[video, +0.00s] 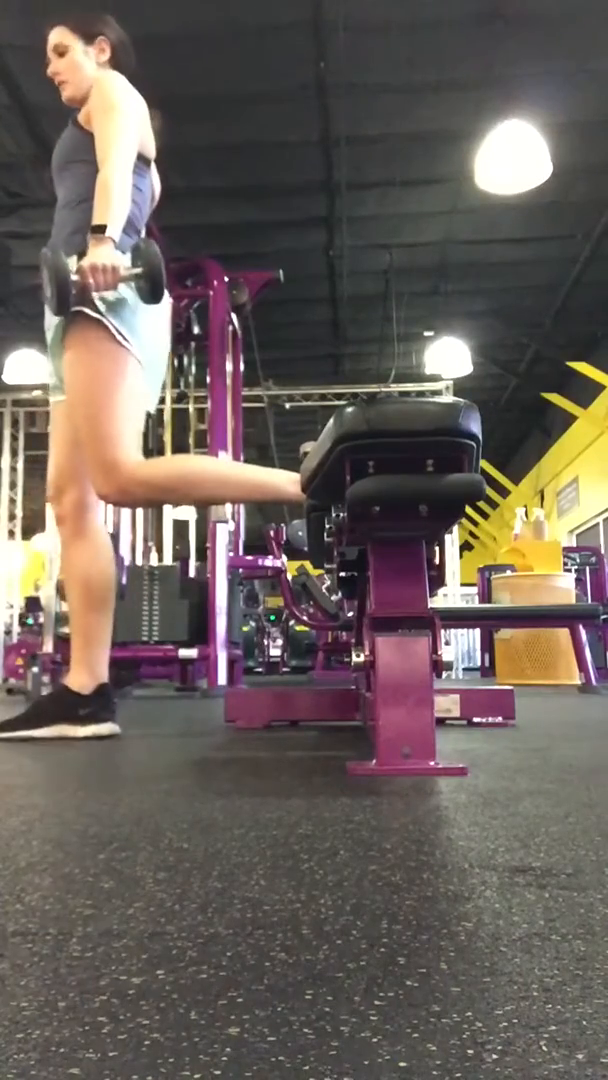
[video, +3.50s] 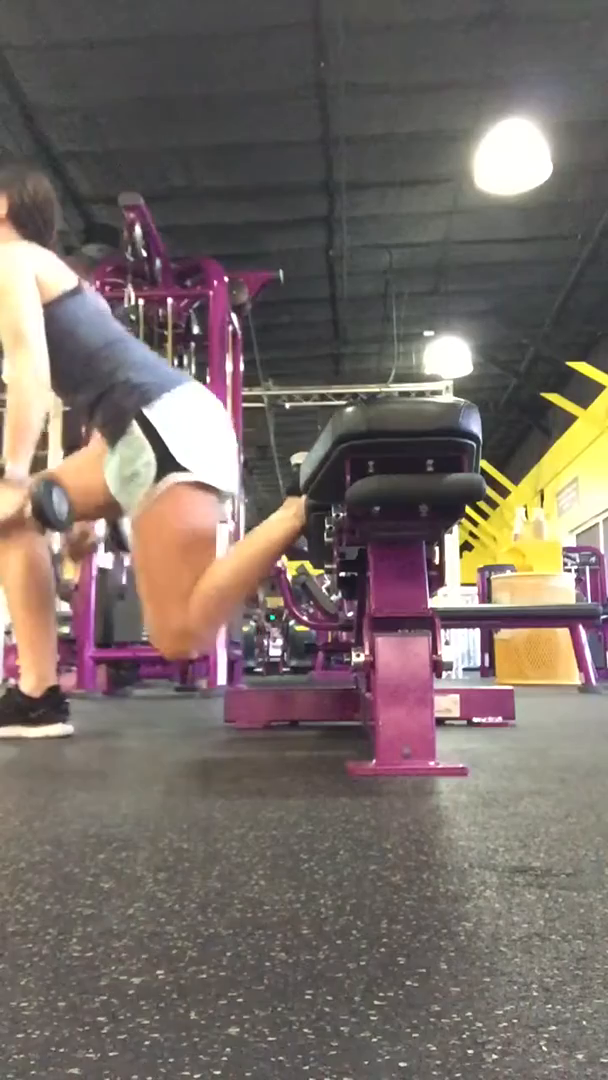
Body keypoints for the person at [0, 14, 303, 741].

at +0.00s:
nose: (51, 68)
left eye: (61, 53)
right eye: (48, 58)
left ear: (101, 51)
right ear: (91, 57)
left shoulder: (113, 93)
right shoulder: (101, 120)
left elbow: (119, 161)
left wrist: (103, 238)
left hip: (113, 293)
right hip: (98, 301)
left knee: (117, 475)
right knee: (71, 499)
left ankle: (310, 486)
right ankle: (85, 689)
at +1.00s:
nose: (46, 89)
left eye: (52, 73)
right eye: (45, 78)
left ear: (84, 65)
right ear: (103, 71)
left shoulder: (91, 90)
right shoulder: (121, 138)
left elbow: (119, 148)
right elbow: (138, 253)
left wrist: (72, 228)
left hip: (104, 296)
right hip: (110, 309)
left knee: (123, 467)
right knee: (51, 498)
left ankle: (314, 486)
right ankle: (77, 682)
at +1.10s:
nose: (39, 92)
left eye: (46, 77)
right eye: (40, 80)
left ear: (79, 71)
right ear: (98, 80)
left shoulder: (81, 105)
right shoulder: (124, 149)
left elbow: (98, 179)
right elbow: (142, 265)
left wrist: (63, 263)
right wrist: (146, 357)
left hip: (98, 313)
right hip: (120, 325)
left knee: (122, 497)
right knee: (37, 511)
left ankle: (311, 495)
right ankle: (77, 689)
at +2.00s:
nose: (12, 69)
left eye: (21, 55)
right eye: (16, 57)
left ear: (52, 54)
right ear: (63, 59)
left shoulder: (54, 105)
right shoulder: (82, 134)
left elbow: (63, 195)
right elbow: (95, 251)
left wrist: (34, 284)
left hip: (74, 316)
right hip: (72, 323)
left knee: (118, 501)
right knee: (12, 511)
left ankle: (304, 496)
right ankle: (36, 689)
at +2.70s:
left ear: (19, 147)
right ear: (40, 155)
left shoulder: (27, 200)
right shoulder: (51, 217)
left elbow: (40, 298)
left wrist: (23, 398)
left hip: (143, 392)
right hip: (117, 414)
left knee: (148, 592)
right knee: (13, 512)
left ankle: (306, 499)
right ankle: (36, 691)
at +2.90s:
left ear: (12, 216)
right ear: (36, 222)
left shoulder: (23, 270)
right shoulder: (54, 283)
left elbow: (37, 382)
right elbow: (95, 436)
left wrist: (14, 481)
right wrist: (46, 505)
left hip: (173, 439)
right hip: (141, 454)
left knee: (186, 642)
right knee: (17, 517)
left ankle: (301, 508)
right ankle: (38, 693)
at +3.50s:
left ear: (5, 207)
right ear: (26, 212)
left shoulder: (15, 260)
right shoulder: (40, 270)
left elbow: (30, 377)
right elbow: (110, 404)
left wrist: (14, 475)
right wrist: (84, 512)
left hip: (165, 426)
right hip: (133, 441)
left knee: (178, 635)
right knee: (14, 511)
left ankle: (303, 507)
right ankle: (37, 693)